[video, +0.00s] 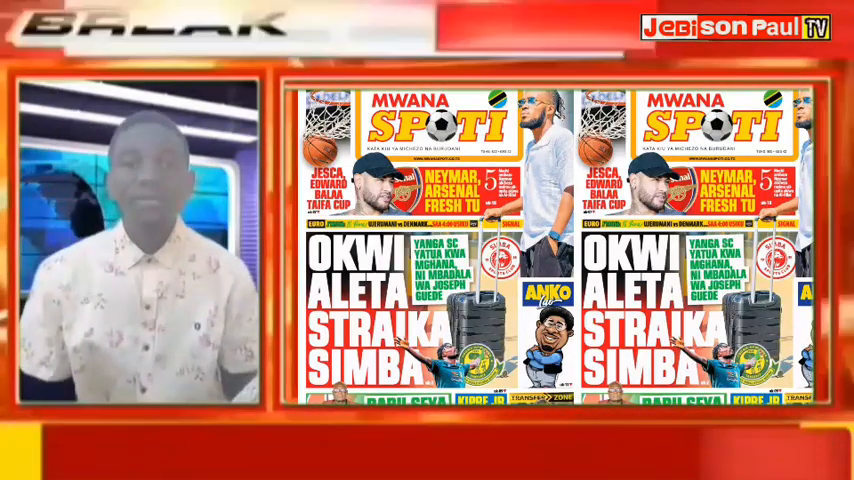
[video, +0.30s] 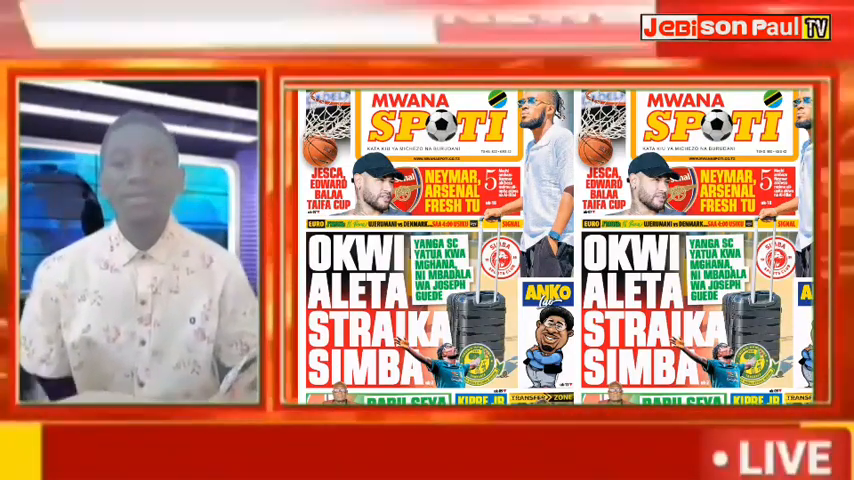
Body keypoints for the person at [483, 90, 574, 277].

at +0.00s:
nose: (523, 107)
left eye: (531, 101)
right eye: (522, 103)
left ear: (550, 110)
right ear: (519, 108)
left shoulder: (563, 139)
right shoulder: (531, 147)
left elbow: (571, 192)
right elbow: (532, 195)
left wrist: (554, 238)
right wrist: (502, 211)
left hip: (551, 241)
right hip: (530, 242)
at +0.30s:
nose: (523, 107)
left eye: (531, 101)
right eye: (522, 103)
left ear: (550, 110)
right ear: (519, 108)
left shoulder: (563, 139)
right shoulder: (531, 147)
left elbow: (571, 192)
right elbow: (532, 195)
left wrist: (554, 238)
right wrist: (502, 211)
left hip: (551, 241)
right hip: (530, 242)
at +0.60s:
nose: (523, 107)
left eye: (531, 101)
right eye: (522, 103)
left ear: (550, 110)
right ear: (519, 108)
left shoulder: (563, 139)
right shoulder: (531, 147)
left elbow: (571, 192)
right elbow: (532, 195)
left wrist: (554, 238)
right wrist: (502, 211)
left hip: (551, 241)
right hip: (530, 242)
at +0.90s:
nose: (523, 107)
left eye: (531, 101)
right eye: (522, 103)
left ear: (550, 110)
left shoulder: (563, 139)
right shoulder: (531, 146)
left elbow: (571, 192)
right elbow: (532, 196)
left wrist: (554, 238)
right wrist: (502, 211)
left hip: (551, 241)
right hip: (530, 242)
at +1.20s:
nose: (523, 107)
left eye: (531, 101)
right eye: (522, 103)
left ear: (550, 110)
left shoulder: (563, 139)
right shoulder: (531, 146)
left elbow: (571, 192)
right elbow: (532, 196)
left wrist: (554, 238)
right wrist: (502, 211)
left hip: (551, 241)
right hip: (530, 242)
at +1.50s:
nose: (523, 107)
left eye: (531, 101)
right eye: (522, 103)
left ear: (549, 110)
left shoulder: (563, 139)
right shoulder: (531, 147)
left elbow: (571, 192)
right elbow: (532, 196)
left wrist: (554, 238)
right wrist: (502, 211)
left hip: (551, 241)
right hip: (529, 242)